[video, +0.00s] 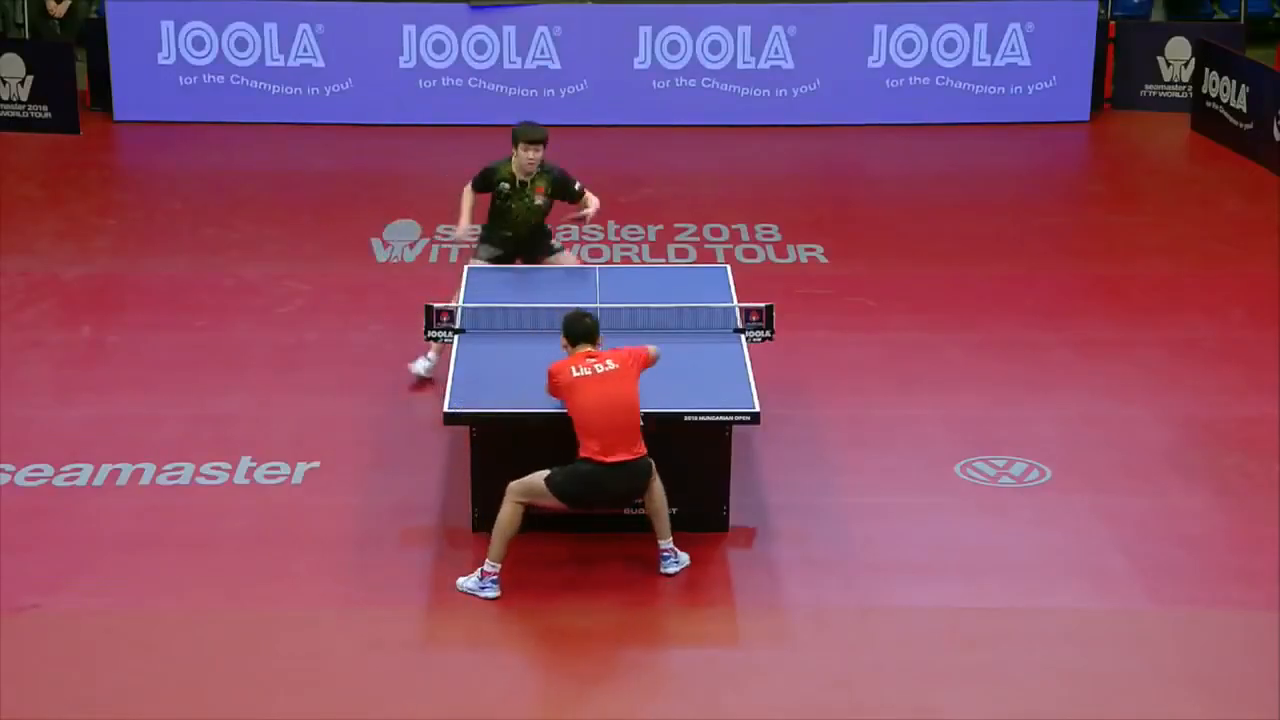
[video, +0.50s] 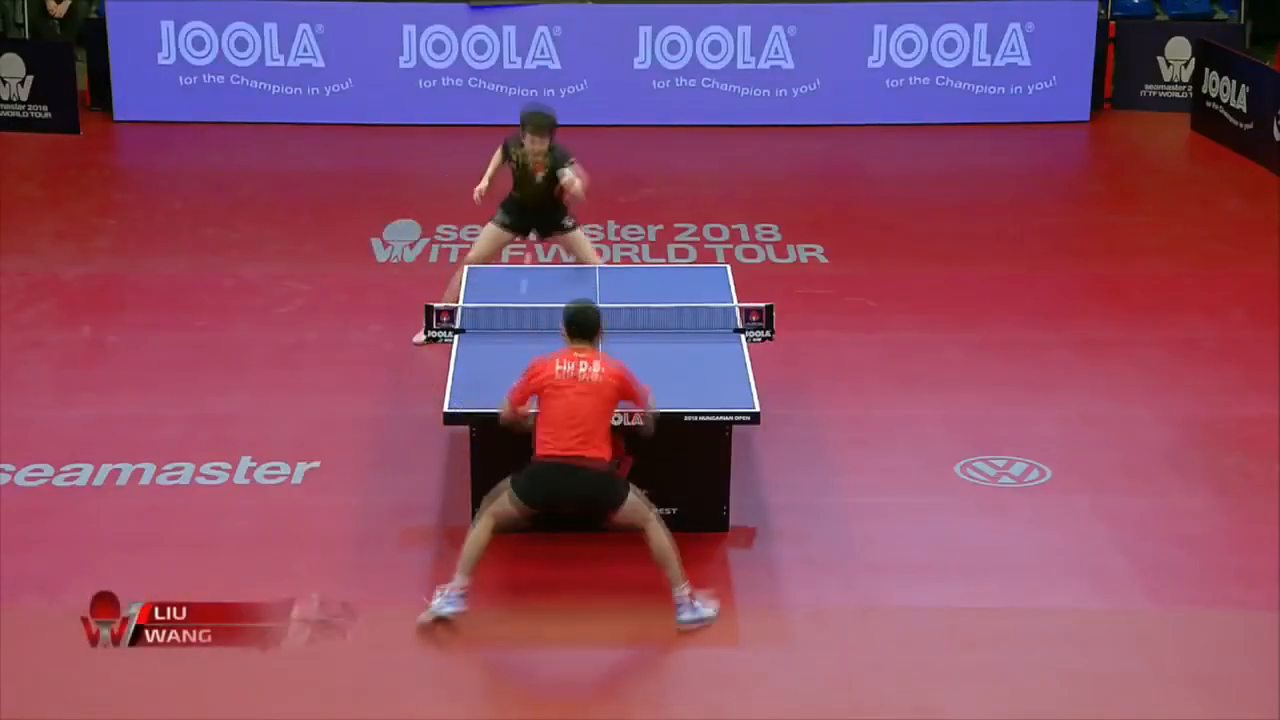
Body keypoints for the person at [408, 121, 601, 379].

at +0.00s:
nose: (533, 156)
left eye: (538, 150)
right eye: (527, 150)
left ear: (544, 151)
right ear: (515, 150)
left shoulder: (553, 176)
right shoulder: (498, 172)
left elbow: (589, 198)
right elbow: (470, 189)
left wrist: (590, 208)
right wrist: (464, 223)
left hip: (536, 242)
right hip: (496, 242)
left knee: (576, 272)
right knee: (465, 294)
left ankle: (584, 343)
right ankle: (432, 356)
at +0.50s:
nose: (536, 145)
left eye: (541, 140)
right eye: (532, 139)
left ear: (550, 138)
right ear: (523, 135)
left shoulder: (558, 155)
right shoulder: (512, 146)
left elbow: (575, 183)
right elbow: (501, 154)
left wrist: (574, 186)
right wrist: (485, 181)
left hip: (553, 214)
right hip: (516, 211)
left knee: (594, 264)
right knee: (473, 260)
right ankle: (437, 322)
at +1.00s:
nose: (544, 169)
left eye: (550, 164)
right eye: (541, 163)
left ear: (560, 164)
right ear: (534, 160)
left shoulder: (575, 181)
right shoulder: (520, 176)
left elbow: (608, 208)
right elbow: (494, 202)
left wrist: (584, 235)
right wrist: (507, 225)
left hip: (565, 232)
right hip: (527, 230)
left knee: (610, 267)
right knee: (485, 263)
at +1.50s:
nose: (511, 123)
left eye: (517, 117)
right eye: (506, 116)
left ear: (525, 119)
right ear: (498, 116)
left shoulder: (537, 140)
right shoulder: (482, 137)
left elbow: (579, 166)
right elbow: (461, 153)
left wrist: (566, 185)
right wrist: (453, 184)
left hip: (530, 206)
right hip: (491, 206)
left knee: (575, 256)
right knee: (455, 258)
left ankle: (596, 316)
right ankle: (434, 317)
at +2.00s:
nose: (567, 165)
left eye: (570, 160)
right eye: (561, 160)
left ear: (575, 157)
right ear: (547, 156)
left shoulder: (582, 170)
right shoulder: (529, 177)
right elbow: (503, 212)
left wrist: (605, 171)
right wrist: (514, 222)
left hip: (573, 239)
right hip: (536, 240)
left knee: (622, 267)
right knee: (488, 264)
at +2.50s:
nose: (576, 132)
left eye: (580, 126)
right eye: (570, 126)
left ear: (587, 129)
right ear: (559, 128)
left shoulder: (587, 158)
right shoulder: (545, 157)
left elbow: (589, 190)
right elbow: (531, 196)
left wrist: (613, 211)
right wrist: (574, 211)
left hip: (563, 219)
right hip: (529, 221)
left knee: (607, 257)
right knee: (494, 268)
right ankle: (453, 301)